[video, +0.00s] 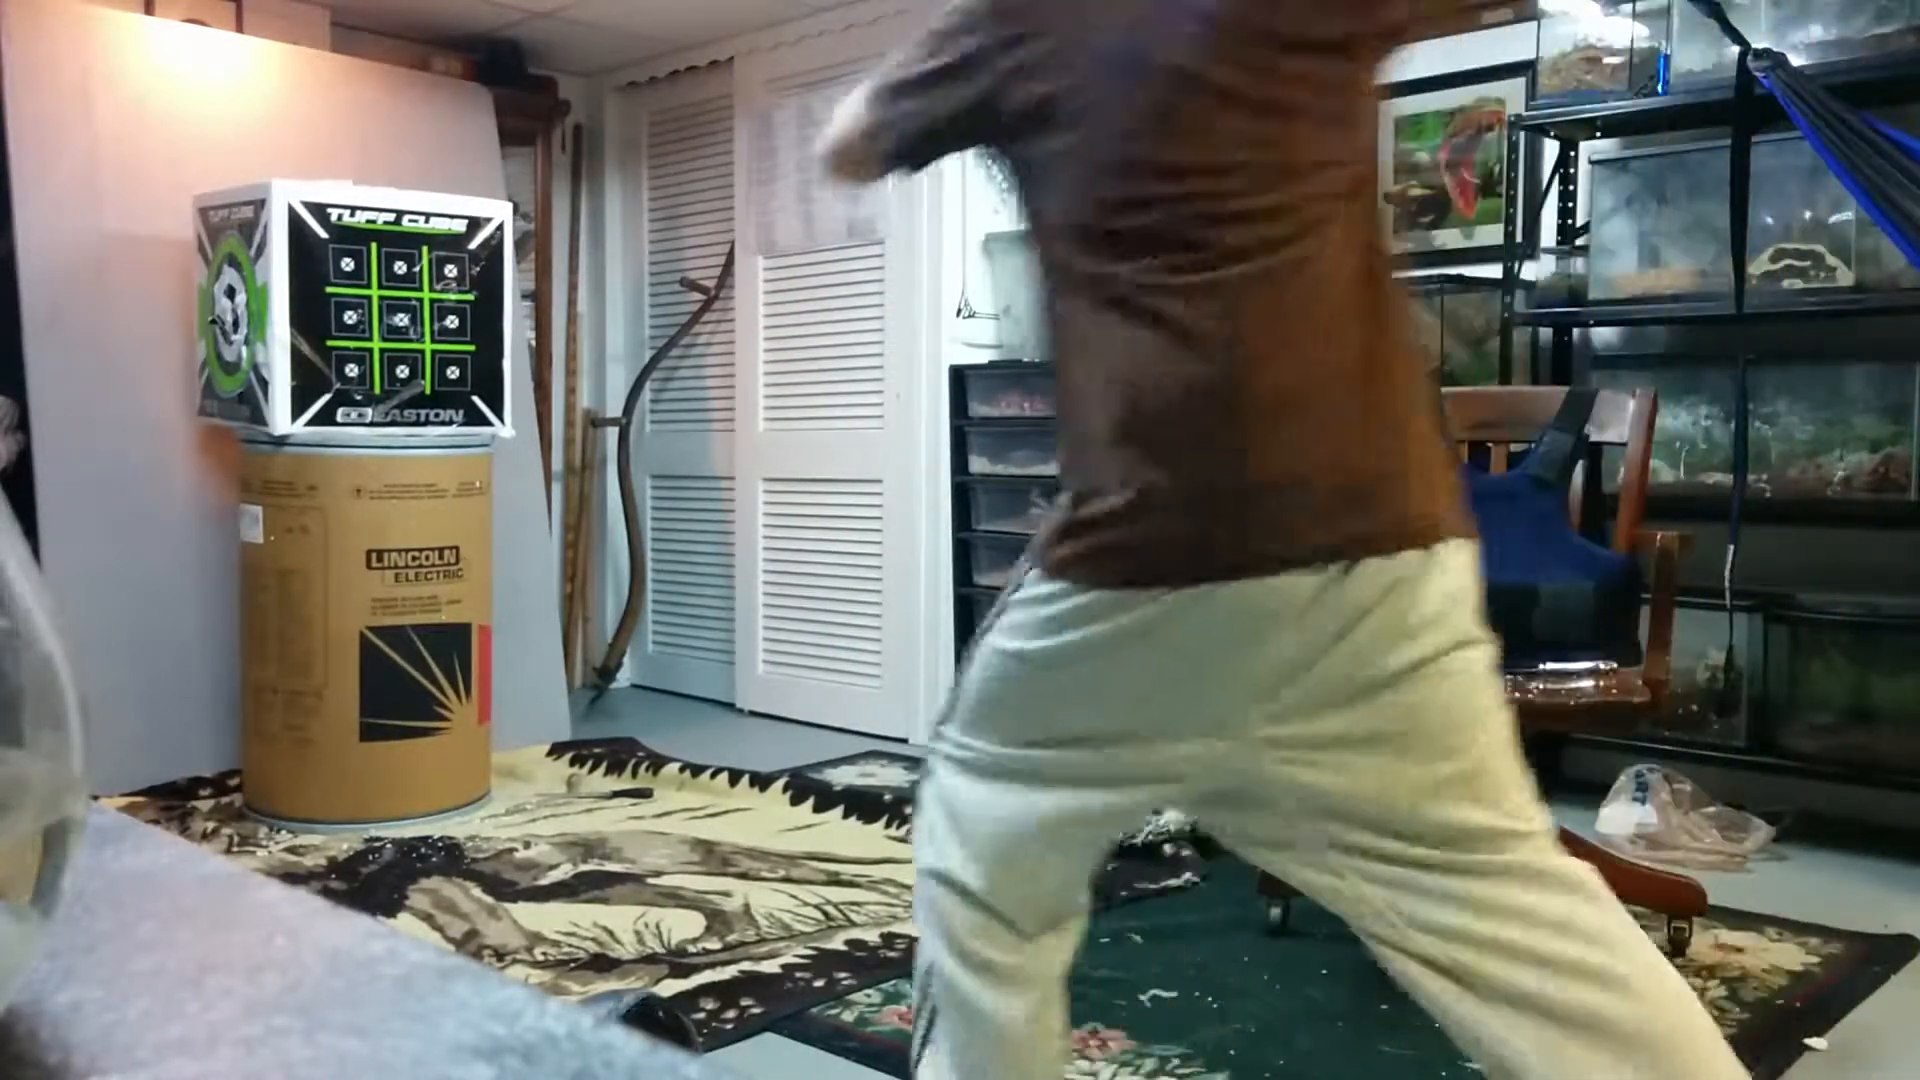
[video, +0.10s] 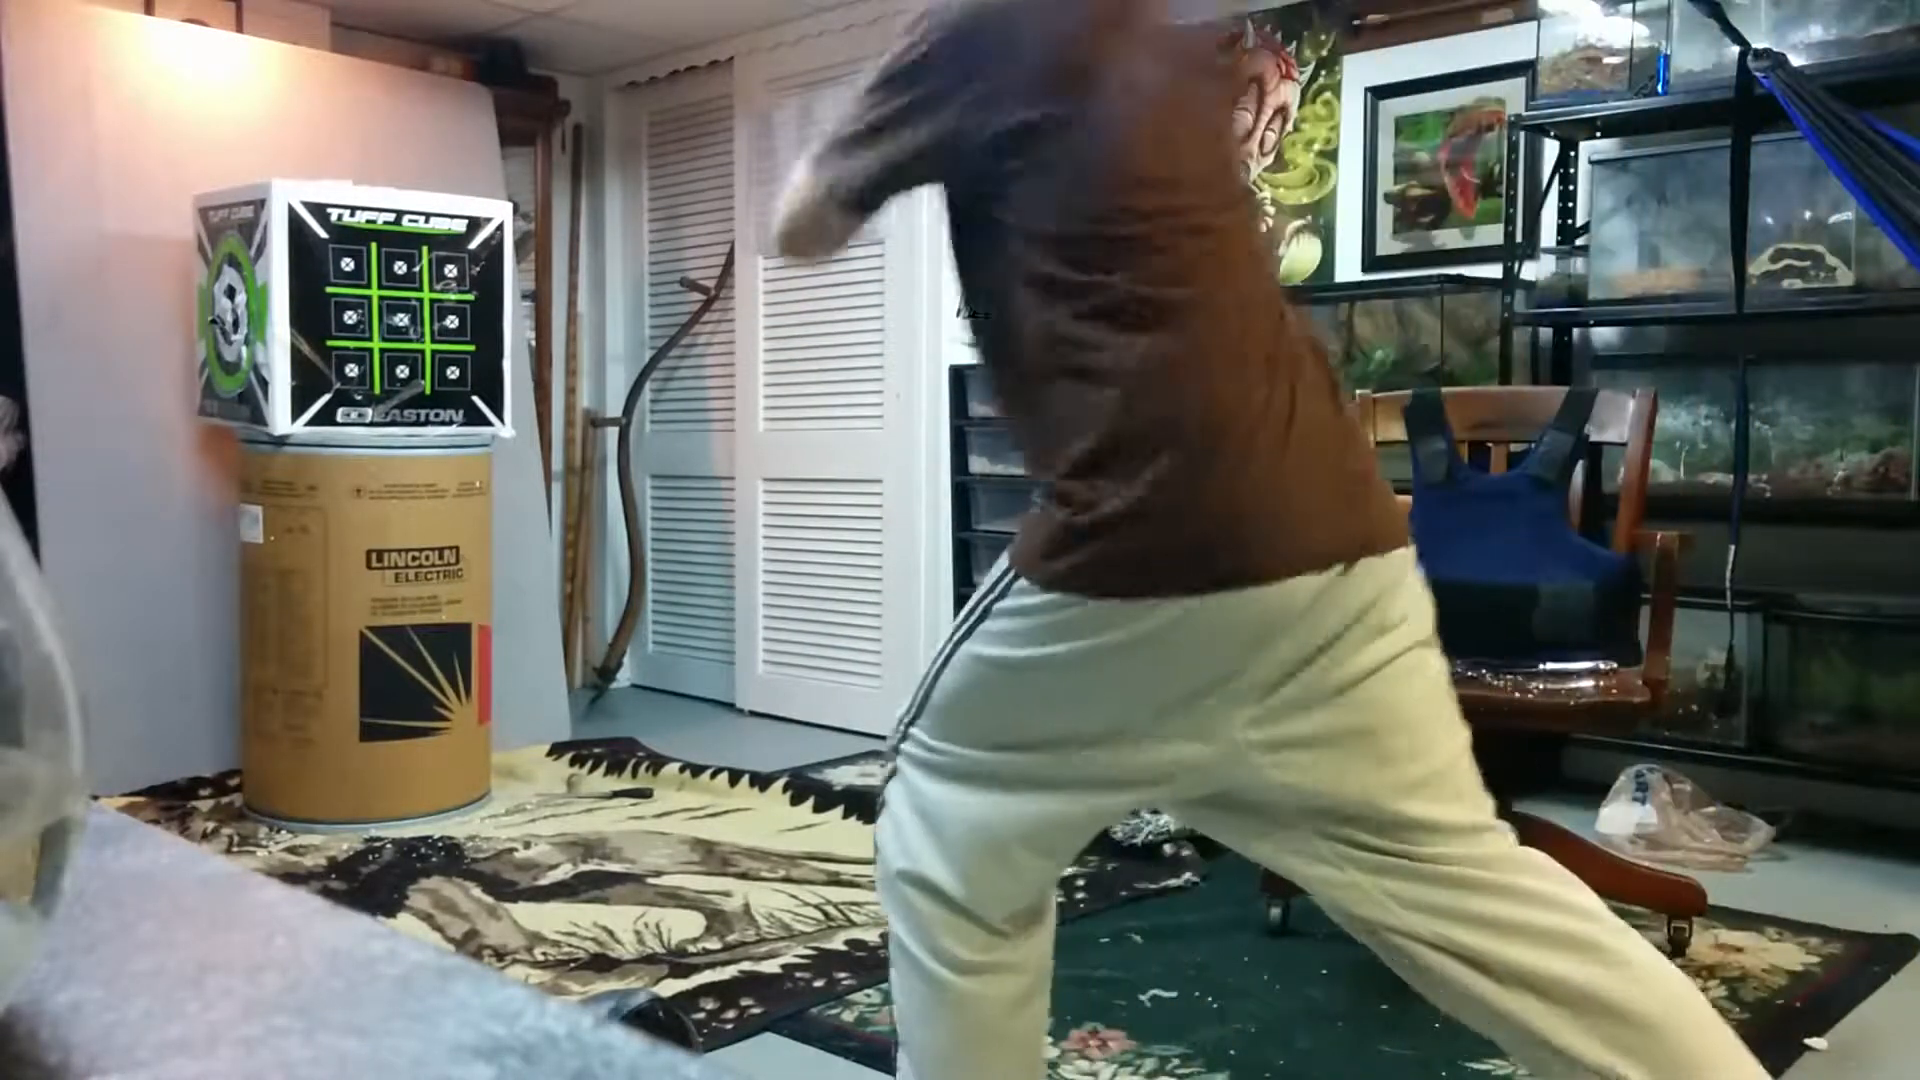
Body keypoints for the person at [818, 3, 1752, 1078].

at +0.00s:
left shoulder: (1019, 22)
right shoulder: (1330, 4)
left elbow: (850, 149)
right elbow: (1503, 2)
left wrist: (923, 72)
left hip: (1160, 509)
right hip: (1388, 490)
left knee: (993, 806)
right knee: (1494, 869)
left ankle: (989, 1059)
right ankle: (1699, 1068)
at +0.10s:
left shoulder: (981, 34)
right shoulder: (1193, 37)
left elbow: (804, 229)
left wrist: (842, 153)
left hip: (1152, 518)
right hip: (1335, 504)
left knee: (955, 835)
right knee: (1455, 868)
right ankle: (1728, 1066)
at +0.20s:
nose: (866, 49)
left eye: (868, 34)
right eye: (863, 40)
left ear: (898, 16)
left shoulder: (971, 50)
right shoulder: (1105, 105)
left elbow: (823, 304)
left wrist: (903, 206)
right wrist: (918, 213)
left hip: (1154, 512)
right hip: (1323, 498)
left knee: (954, 816)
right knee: (1442, 862)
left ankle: (964, 1060)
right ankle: (1698, 1062)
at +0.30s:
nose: (776, 54)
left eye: (778, 25)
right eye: (774, 35)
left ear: (838, 2)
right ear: (888, 5)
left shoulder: (938, 67)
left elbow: (820, 329)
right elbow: (885, 452)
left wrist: (841, 239)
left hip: (1145, 513)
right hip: (1301, 491)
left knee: (946, 825)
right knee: (1427, 851)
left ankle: (973, 1074)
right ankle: (1701, 1076)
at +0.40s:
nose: (747, 72)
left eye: (749, 38)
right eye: (745, 47)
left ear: (805, 15)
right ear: (858, 20)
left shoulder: (905, 76)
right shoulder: (980, 119)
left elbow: (798, 336)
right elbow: (944, 442)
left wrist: (814, 231)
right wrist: (849, 621)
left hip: (1140, 509)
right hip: (1292, 484)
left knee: (952, 834)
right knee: (1416, 841)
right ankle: (1710, 1070)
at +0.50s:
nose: (748, 81)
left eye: (744, 47)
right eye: (742, 57)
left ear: (793, 11)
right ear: (847, 14)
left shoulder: (887, 69)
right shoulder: (1002, 107)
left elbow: (786, 335)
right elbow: (986, 400)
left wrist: (807, 232)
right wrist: (898, 571)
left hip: (1125, 492)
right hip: (1291, 465)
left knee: (963, 839)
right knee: (1393, 819)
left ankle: (975, 1061)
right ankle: (1698, 1061)